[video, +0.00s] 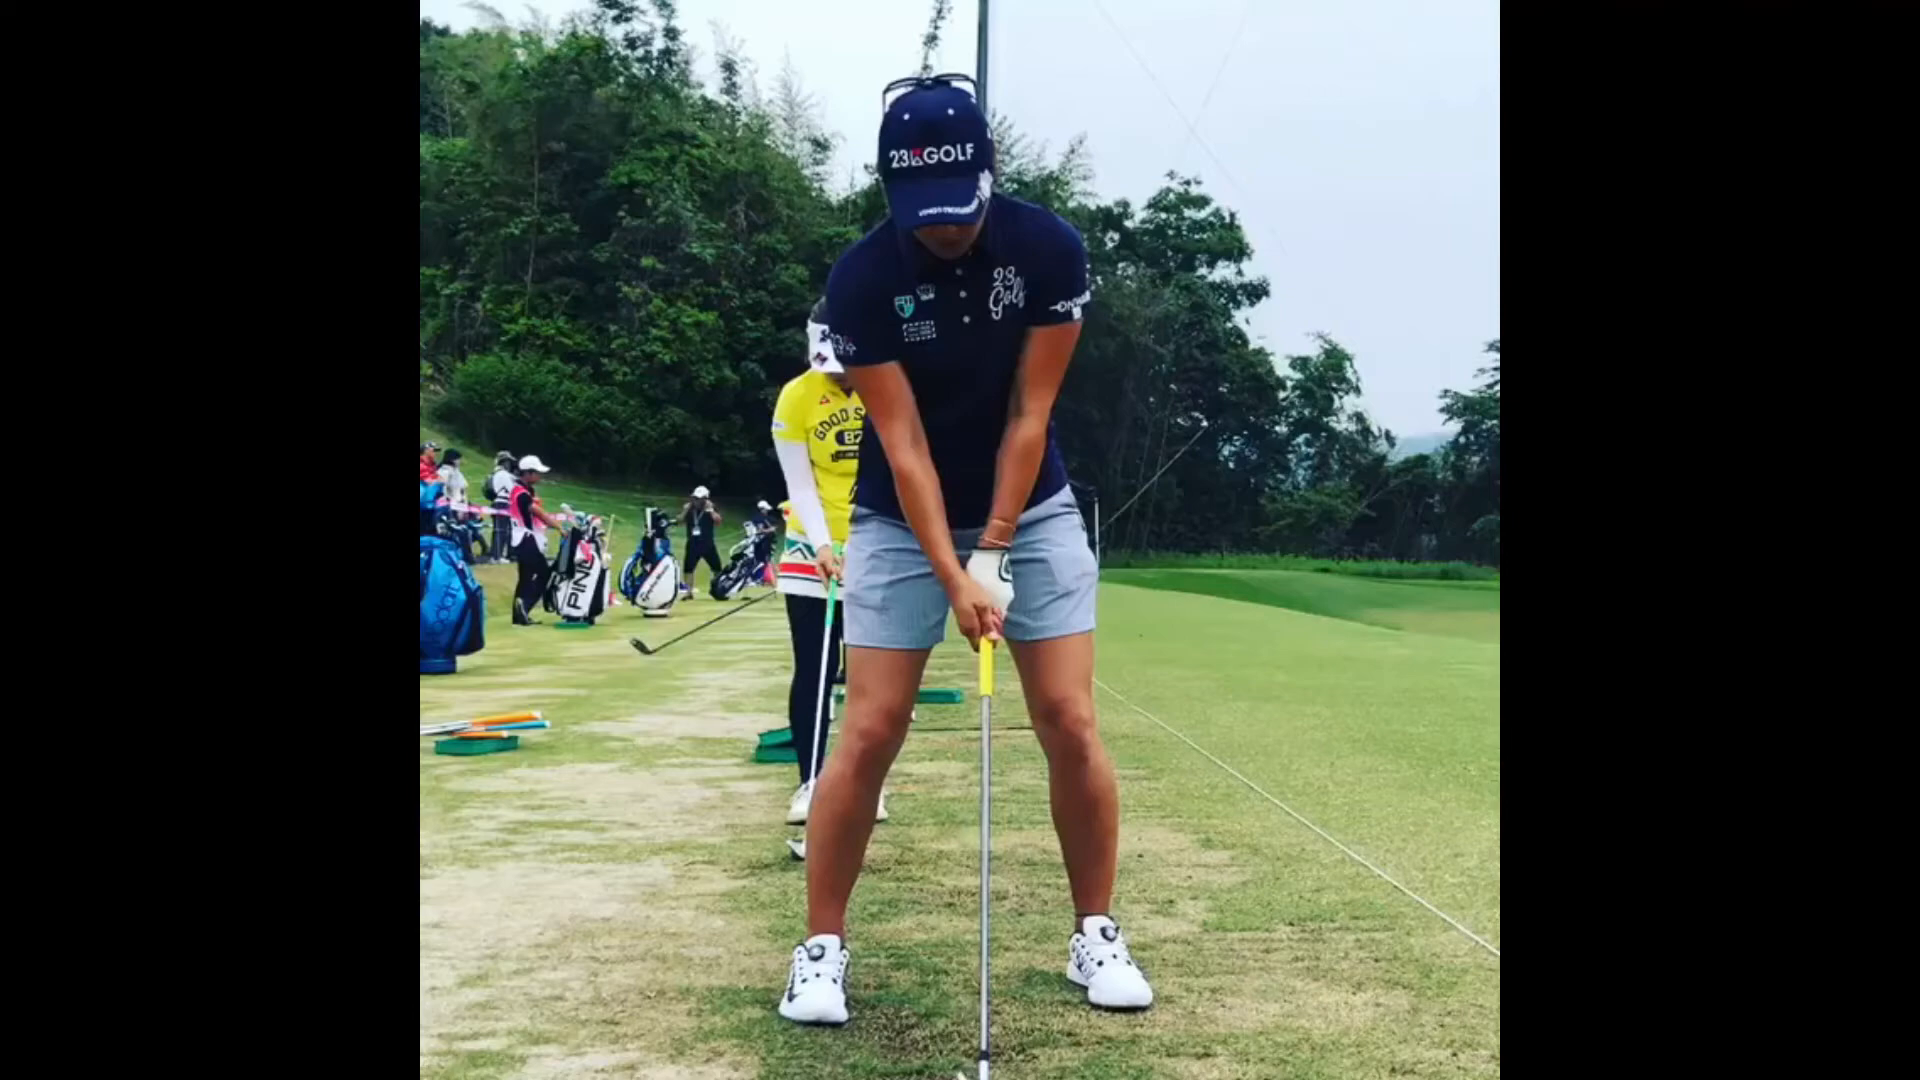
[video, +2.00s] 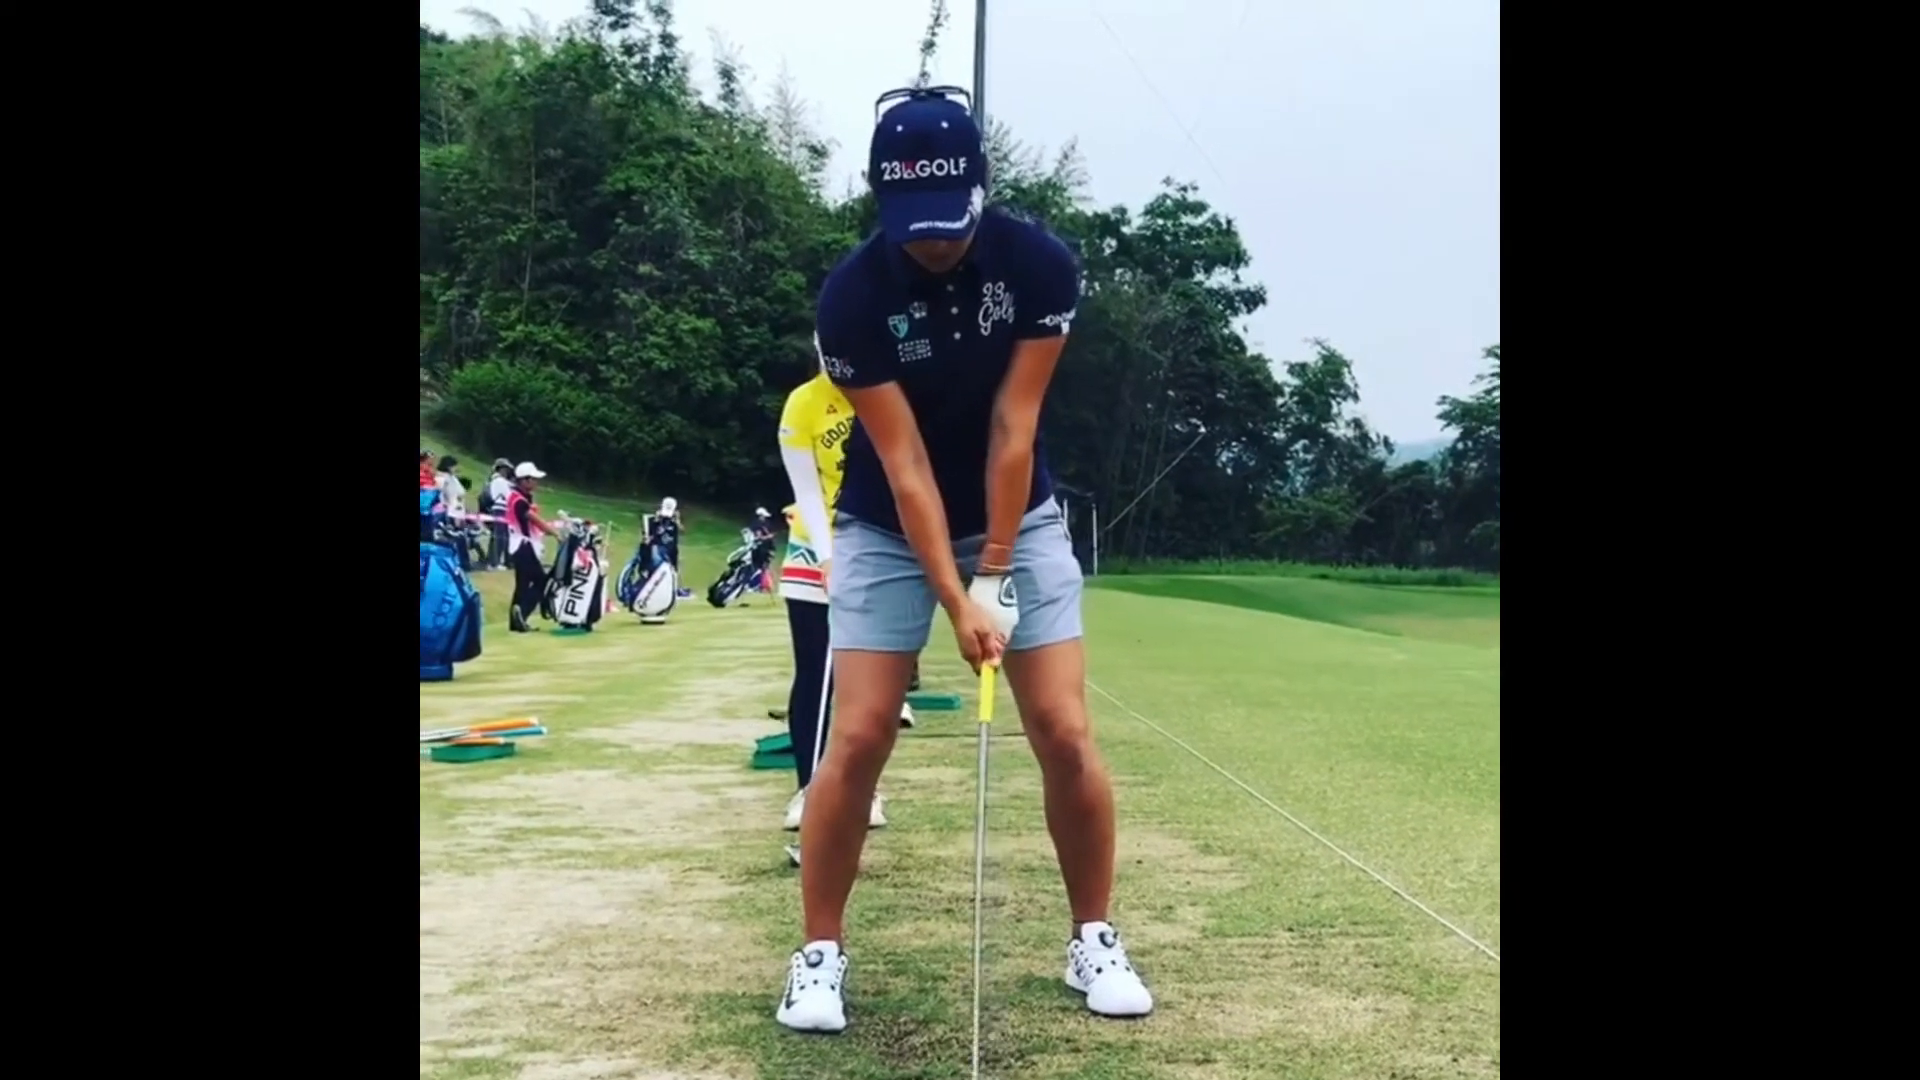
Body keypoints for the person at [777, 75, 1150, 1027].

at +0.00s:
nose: (946, 224)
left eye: (961, 203)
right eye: (926, 208)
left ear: (988, 174)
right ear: (894, 185)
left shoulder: (1046, 250)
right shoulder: (859, 283)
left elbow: (1031, 412)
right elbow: (902, 442)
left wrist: (991, 548)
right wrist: (950, 571)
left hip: (1029, 505)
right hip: (898, 513)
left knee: (1069, 721)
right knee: (872, 727)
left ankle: (1097, 934)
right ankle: (822, 945)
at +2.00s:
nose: (936, 239)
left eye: (952, 217)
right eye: (917, 221)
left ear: (981, 188)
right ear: (885, 197)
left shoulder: (1038, 264)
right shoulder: (850, 297)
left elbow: (1016, 426)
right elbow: (905, 467)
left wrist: (995, 570)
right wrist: (955, 598)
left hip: (1014, 512)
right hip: (885, 522)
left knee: (1064, 732)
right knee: (861, 734)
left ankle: (1095, 940)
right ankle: (820, 951)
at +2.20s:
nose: (941, 247)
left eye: (958, 226)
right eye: (922, 229)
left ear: (986, 203)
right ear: (892, 207)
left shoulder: (1032, 296)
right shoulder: (847, 292)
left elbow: (971, 457)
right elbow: (858, 450)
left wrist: (919, 600)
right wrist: (865, 602)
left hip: (1013, 530)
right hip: (891, 535)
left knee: (1066, 741)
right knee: (858, 743)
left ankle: (1100, 942)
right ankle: (825, 954)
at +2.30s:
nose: (941, 250)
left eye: (959, 232)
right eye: (924, 232)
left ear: (990, 207)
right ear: (893, 207)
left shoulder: (1016, 310)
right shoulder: (852, 278)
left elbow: (903, 465)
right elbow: (823, 426)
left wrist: (808, 582)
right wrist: (767, 563)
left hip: (1017, 536)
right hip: (894, 539)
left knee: (1068, 748)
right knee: (863, 736)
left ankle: (1101, 944)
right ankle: (826, 956)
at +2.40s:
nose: (939, 253)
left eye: (957, 234)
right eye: (921, 234)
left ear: (991, 212)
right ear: (896, 209)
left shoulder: (999, 322)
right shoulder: (875, 260)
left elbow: (833, 416)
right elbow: (797, 375)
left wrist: (698, 487)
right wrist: (685, 453)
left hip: (1017, 541)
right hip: (895, 541)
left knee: (1068, 757)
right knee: (867, 736)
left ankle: (1103, 946)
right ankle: (828, 958)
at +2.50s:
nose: (936, 255)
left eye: (957, 237)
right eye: (920, 235)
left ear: (993, 217)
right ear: (897, 211)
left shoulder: (981, 321)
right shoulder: (896, 250)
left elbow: (790, 344)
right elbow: (808, 332)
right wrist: (682, 325)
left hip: (1017, 545)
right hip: (898, 541)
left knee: (1064, 764)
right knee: (869, 733)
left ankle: (1103, 947)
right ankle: (828, 958)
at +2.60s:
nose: (930, 250)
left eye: (952, 233)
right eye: (915, 230)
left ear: (989, 217)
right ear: (891, 212)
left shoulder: (980, 314)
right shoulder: (899, 269)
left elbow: (823, 310)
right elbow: (818, 305)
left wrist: (719, 230)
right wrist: (736, 230)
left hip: (1016, 550)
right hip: (897, 544)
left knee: (1059, 771)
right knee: (871, 737)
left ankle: (1103, 950)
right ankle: (828, 962)